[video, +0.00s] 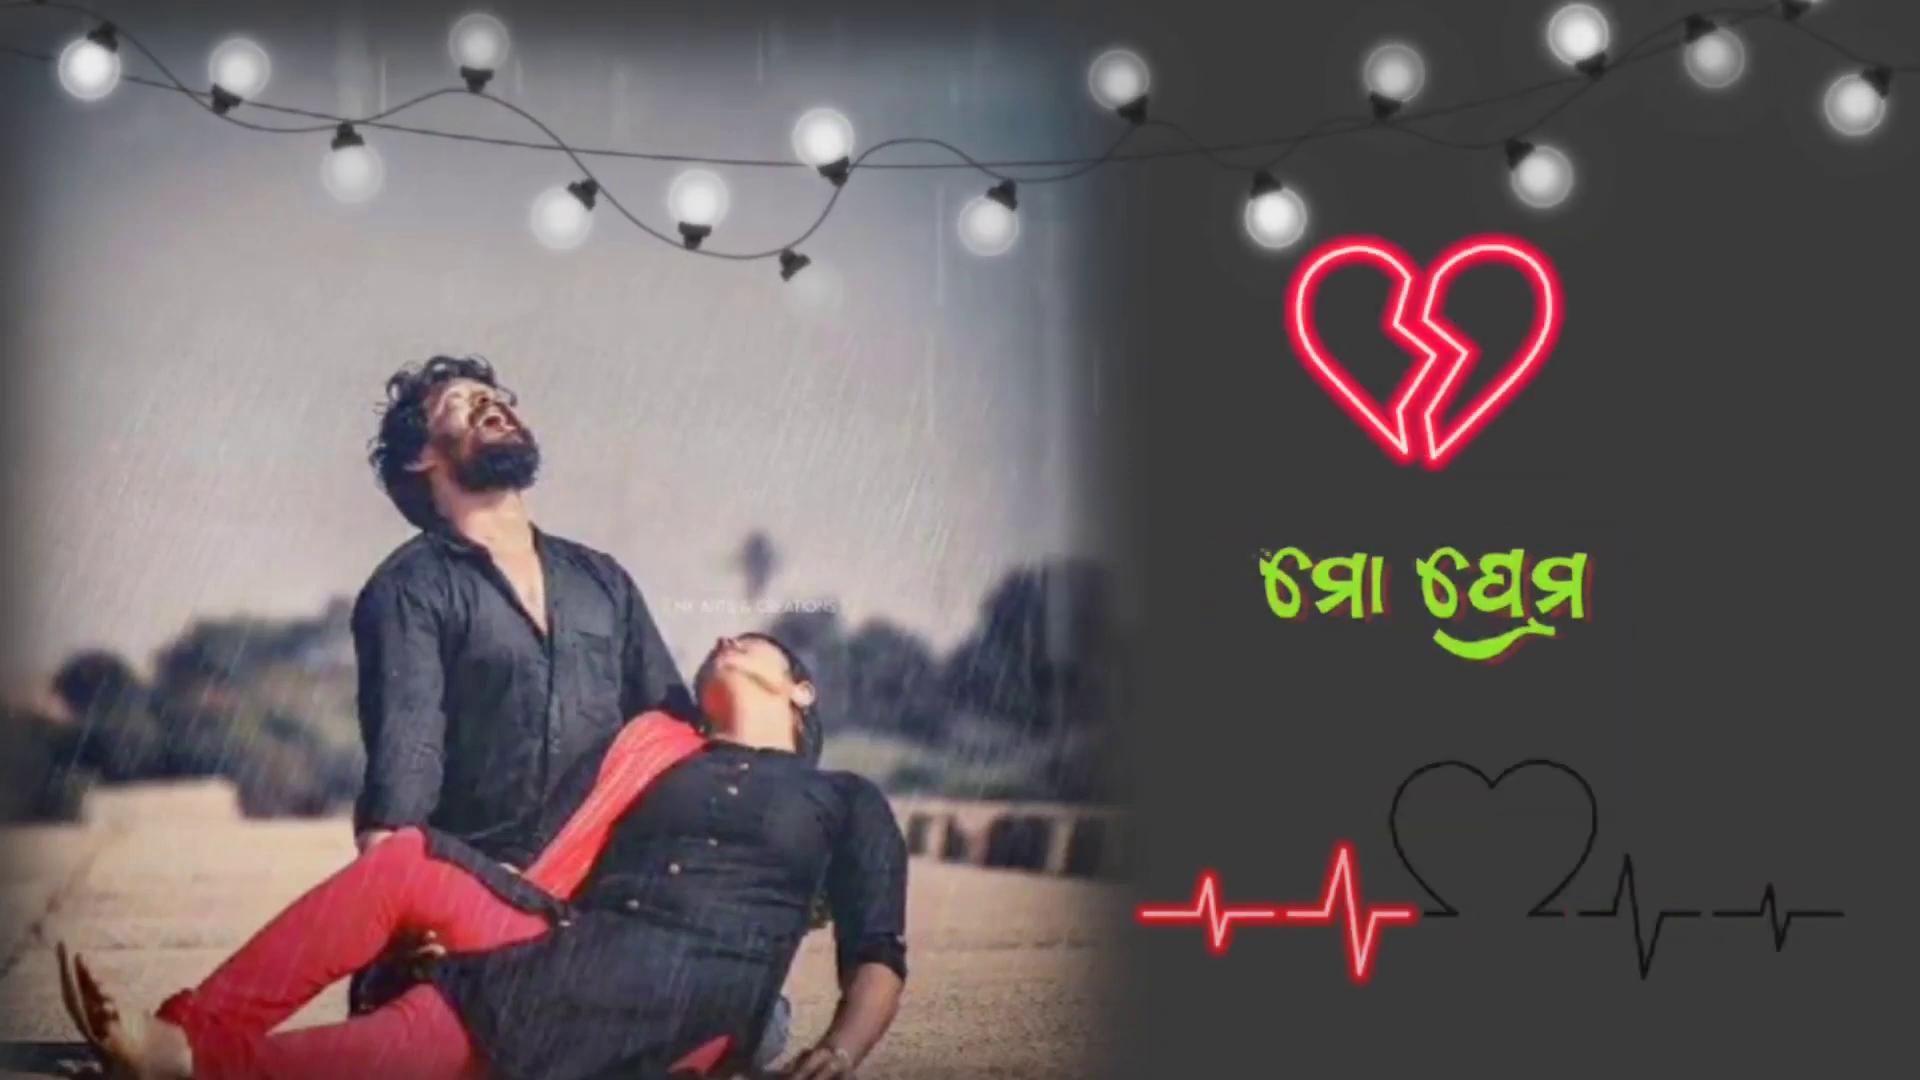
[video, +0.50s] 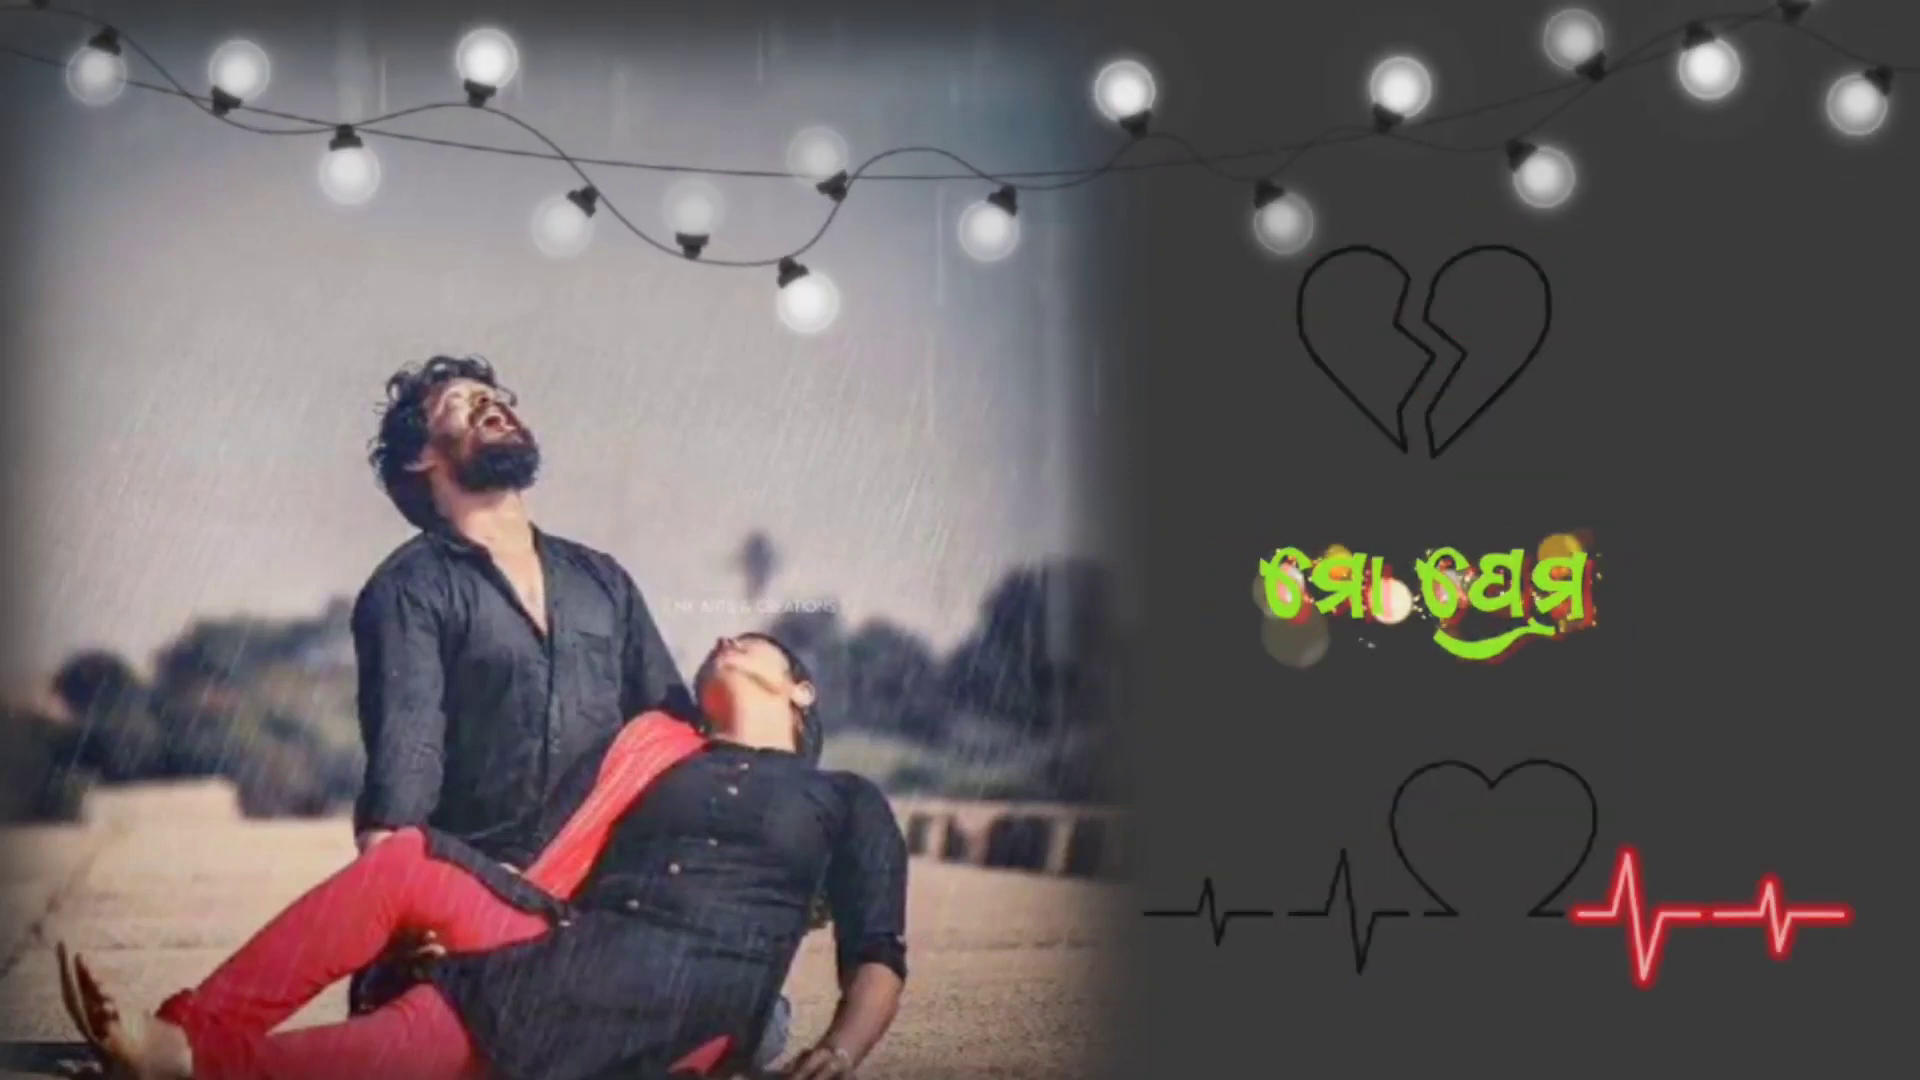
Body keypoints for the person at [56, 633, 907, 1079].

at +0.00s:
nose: (722, 662)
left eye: (749, 657)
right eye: (717, 661)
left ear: (799, 700)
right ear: (708, 699)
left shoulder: (843, 798)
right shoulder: (663, 757)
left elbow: (878, 967)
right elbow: (576, 894)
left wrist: (834, 1066)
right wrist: (456, 948)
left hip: (693, 981)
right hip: (588, 945)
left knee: (448, 1029)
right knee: (400, 860)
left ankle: (186, 1059)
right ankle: (178, 1040)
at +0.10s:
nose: (722, 660)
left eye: (749, 656)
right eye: (717, 659)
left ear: (799, 699)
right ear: (709, 699)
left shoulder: (843, 798)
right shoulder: (663, 756)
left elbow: (878, 967)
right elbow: (576, 893)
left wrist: (834, 1064)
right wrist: (458, 950)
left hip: (694, 981)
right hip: (589, 944)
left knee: (451, 1028)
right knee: (401, 861)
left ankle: (187, 1059)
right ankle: (177, 1040)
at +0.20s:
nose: (722, 662)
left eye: (749, 657)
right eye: (717, 661)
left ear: (799, 700)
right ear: (708, 699)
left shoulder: (843, 798)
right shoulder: (663, 757)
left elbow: (878, 967)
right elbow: (576, 894)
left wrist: (834, 1066)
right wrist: (457, 948)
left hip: (693, 981)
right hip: (588, 945)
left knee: (448, 1029)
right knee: (400, 860)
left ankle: (186, 1059)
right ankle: (178, 1040)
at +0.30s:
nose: (722, 662)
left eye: (749, 658)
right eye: (717, 661)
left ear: (799, 700)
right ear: (708, 699)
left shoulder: (843, 798)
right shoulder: (662, 757)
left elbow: (878, 967)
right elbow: (576, 894)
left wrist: (834, 1066)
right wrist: (456, 948)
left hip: (693, 981)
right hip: (588, 945)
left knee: (448, 1029)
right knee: (400, 860)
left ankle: (186, 1059)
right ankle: (178, 1040)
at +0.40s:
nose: (722, 660)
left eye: (749, 656)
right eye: (717, 659)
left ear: (799, 699)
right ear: (709, 699)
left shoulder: (843, 798)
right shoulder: (663, 756)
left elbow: (878, 967)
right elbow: (576, 893)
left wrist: (834, 1065)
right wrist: (458, 950)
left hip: (694, 981)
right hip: (589, 944)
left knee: (451, 1028)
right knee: (401, 861)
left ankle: (187, 1059)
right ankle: (177, 1040)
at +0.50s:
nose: (722, 660)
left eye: (749, 656)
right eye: (717, 659)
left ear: (799, 699)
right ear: (709, 700)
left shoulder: (843, 798)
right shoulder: (663, 756)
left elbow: (878, 967)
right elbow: (576, 893)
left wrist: (834, 1065)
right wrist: (458, 950)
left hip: (694, 981)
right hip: (590, 944)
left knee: (451, 1028)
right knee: (401, 861)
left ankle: (187, 1059)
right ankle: (177, 1040)